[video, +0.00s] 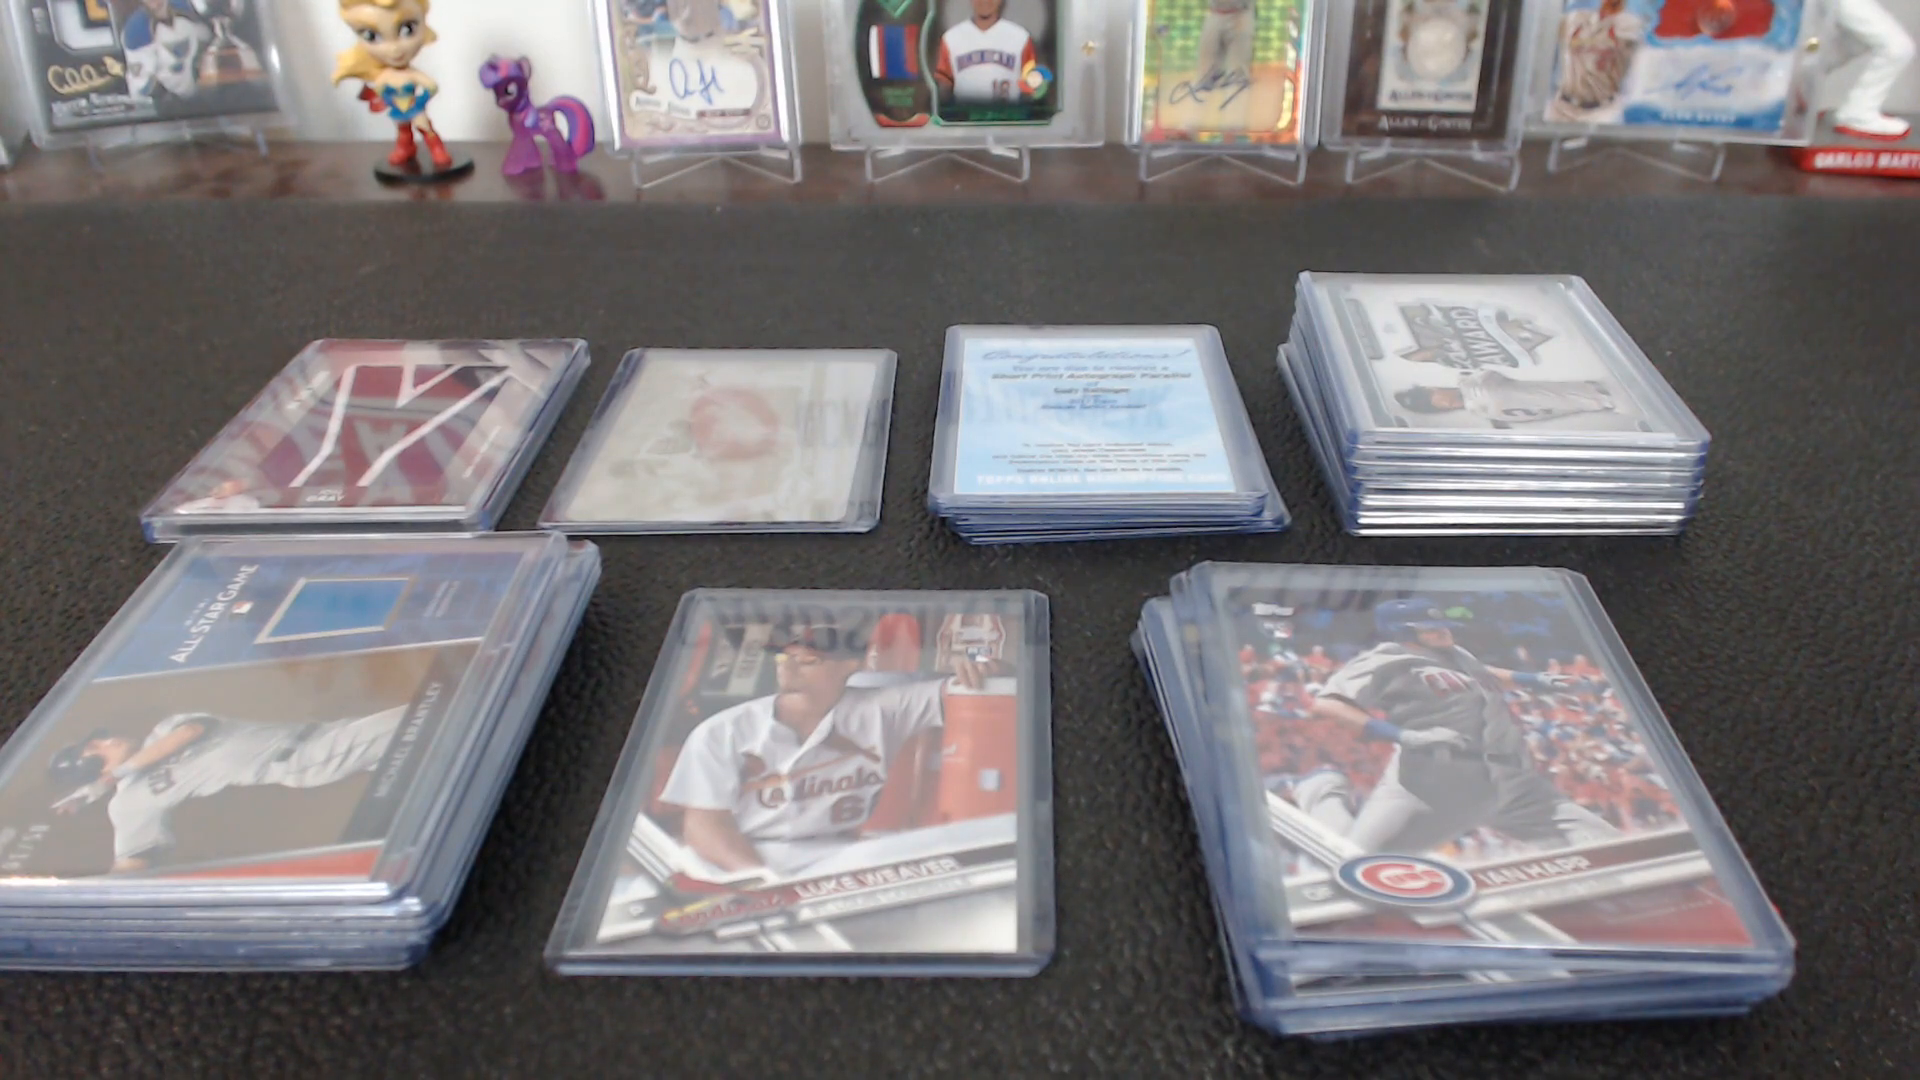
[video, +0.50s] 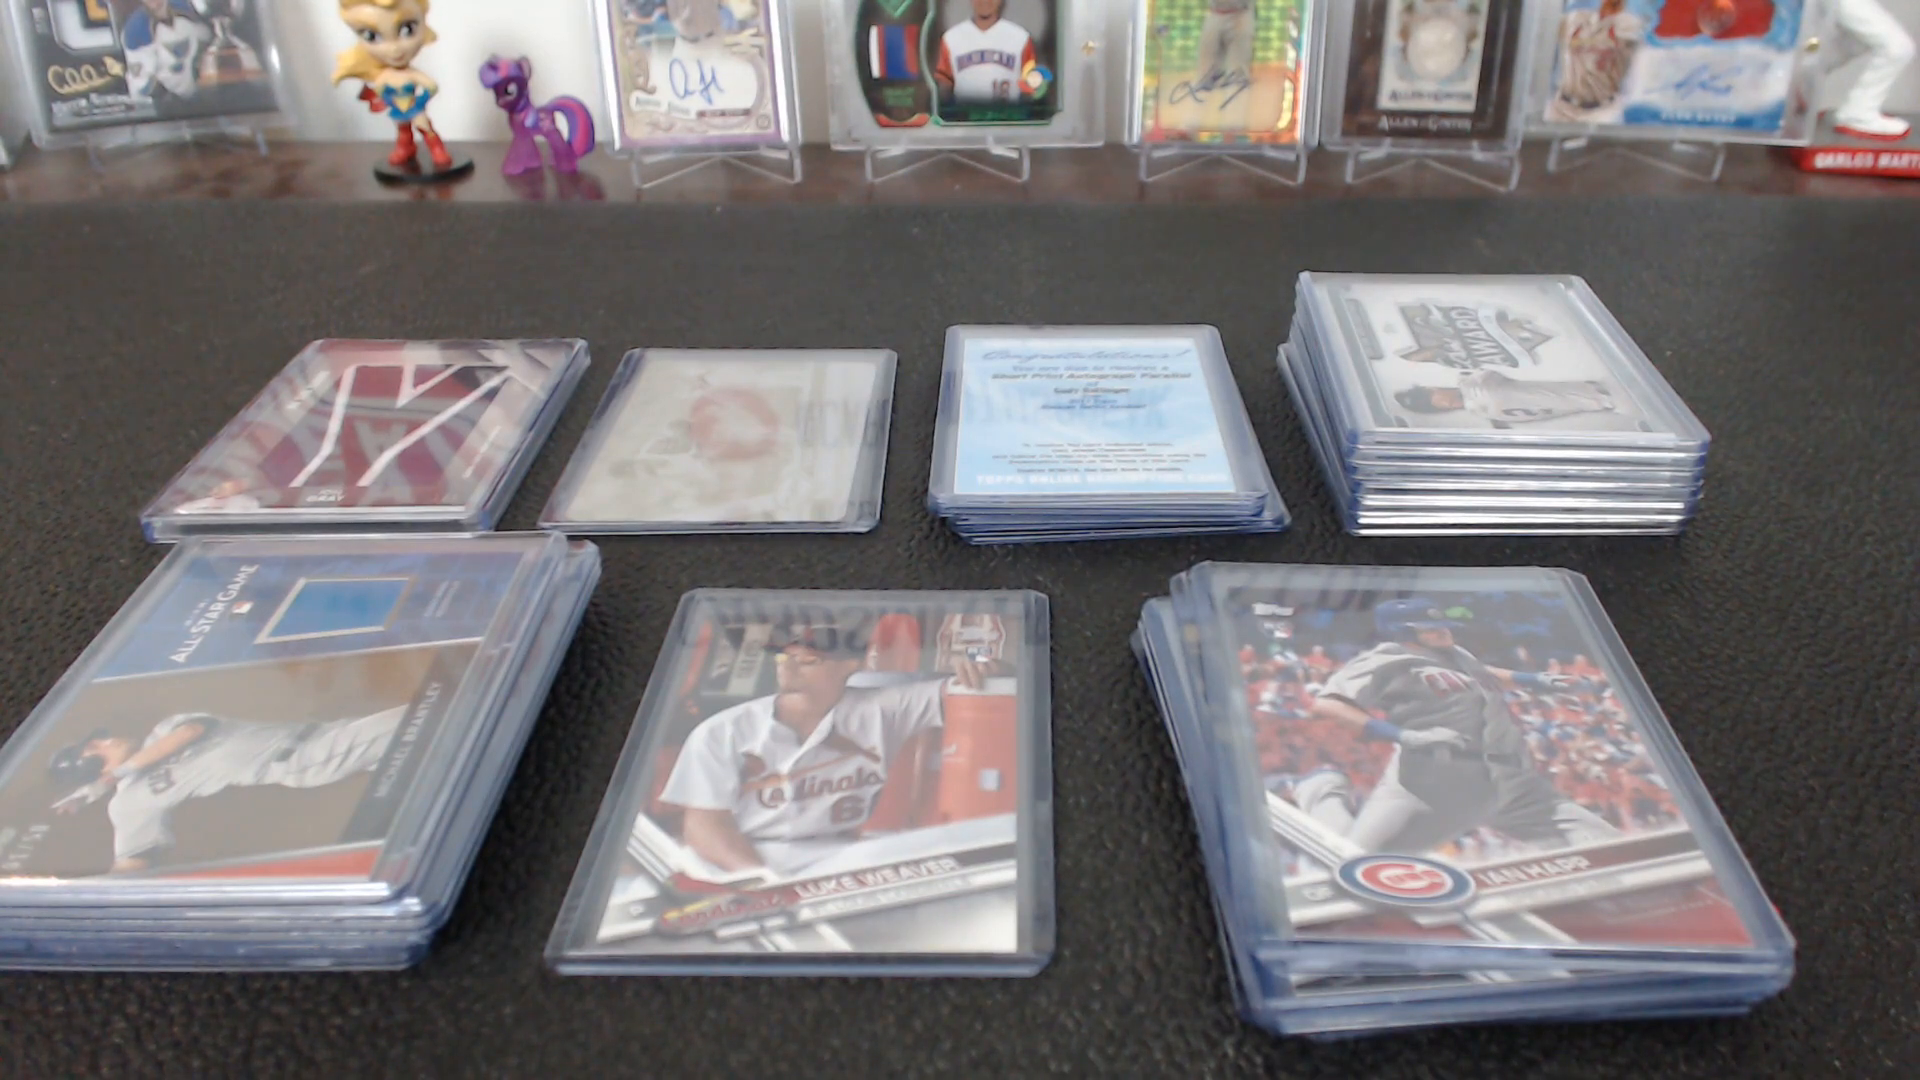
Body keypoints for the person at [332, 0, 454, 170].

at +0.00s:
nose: (394, 49)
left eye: (407, 30)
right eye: (371, 36)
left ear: (424, 28)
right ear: (358, 37)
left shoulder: (414, 75)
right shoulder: (379, 74)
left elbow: (426, 85)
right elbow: (369, 86)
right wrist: (375, 99)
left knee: (422, 122)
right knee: (401, 123)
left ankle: (436, 148)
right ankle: (405, 147)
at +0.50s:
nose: (394, 49)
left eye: (407, 30)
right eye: (371, 36)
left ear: (424, 27)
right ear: (358, 37)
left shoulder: (414, 75)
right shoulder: (377, 74)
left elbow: (426, 86)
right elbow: (369, 88)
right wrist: (375, 100)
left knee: (421, 121)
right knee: (401, 121)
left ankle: (436, 148)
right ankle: (405, 146)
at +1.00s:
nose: (394, 50)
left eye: (407, 30)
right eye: (371, 36)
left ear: (424, 27)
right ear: (358, 37)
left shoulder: (414, 75)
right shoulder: (378, 74)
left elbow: (426, 86)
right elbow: (369, 88)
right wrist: (375, 101)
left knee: (421, 121)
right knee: (401, 121)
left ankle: (436, 148)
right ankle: (405, 147)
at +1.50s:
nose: (394, 50)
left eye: (407, 30)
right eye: (372, 36)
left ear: (424, 29)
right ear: (359, 38)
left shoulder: (414, 75)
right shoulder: (379, 75)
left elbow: (426, 86)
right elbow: (370, 88)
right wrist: (374, 100)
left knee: (421, 122)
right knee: (401, 123)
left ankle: (437, 149)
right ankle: (405, 148)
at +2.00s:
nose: (394, 50)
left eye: (407, 30)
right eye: (372, 36)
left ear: (424, 29)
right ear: (359, 38)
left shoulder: (414, 75)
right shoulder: (379, 75)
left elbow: (427, 86)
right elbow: (370, 88)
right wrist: (375, 100)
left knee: (422, 123)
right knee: (401, 124)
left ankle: (437, 149)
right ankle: (405, 148)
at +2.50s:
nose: (394, 50)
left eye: (407, 30)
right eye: (372, 36)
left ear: (424, 29)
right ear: (359, 38)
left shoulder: (414, 75)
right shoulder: (379, 75)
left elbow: (426, 86)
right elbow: (370, 87)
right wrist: (374, 100)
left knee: (422, 122)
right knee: (401, 124)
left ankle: (437, 149)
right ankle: (405, 148)